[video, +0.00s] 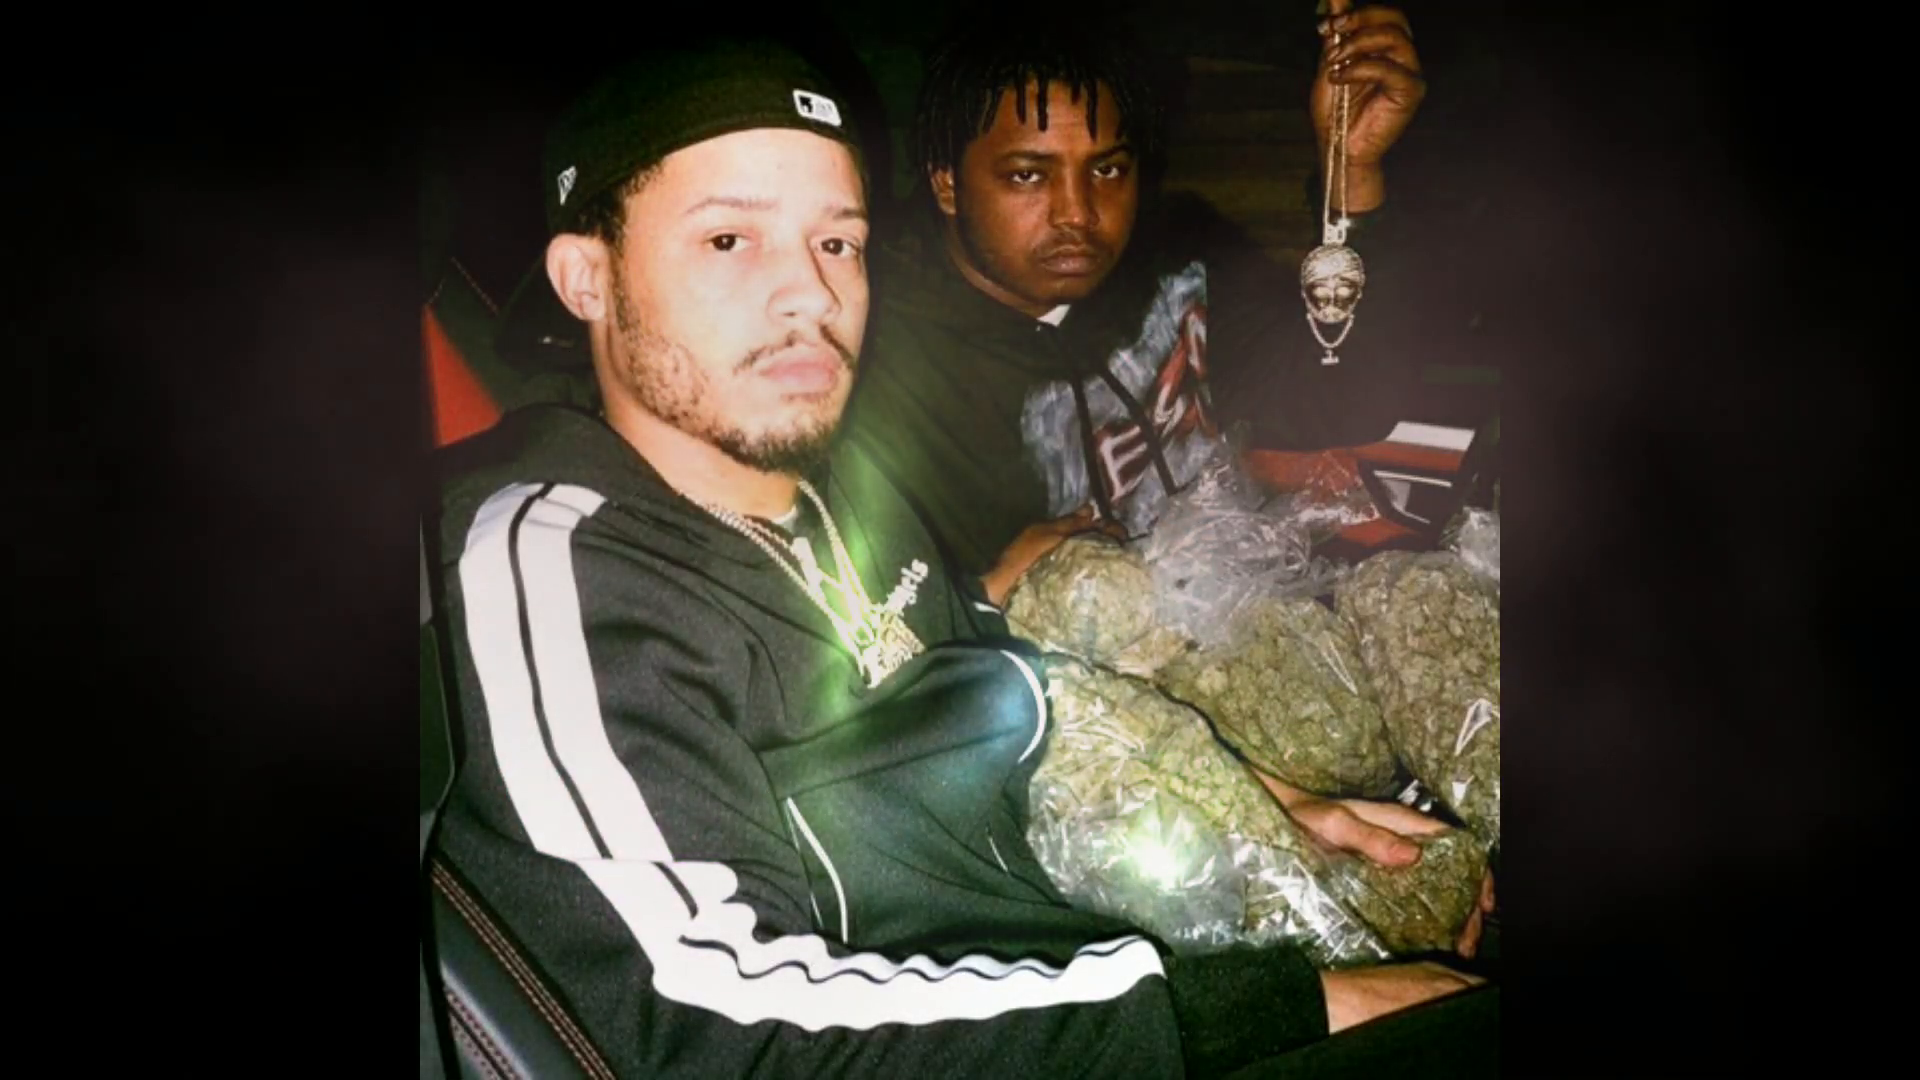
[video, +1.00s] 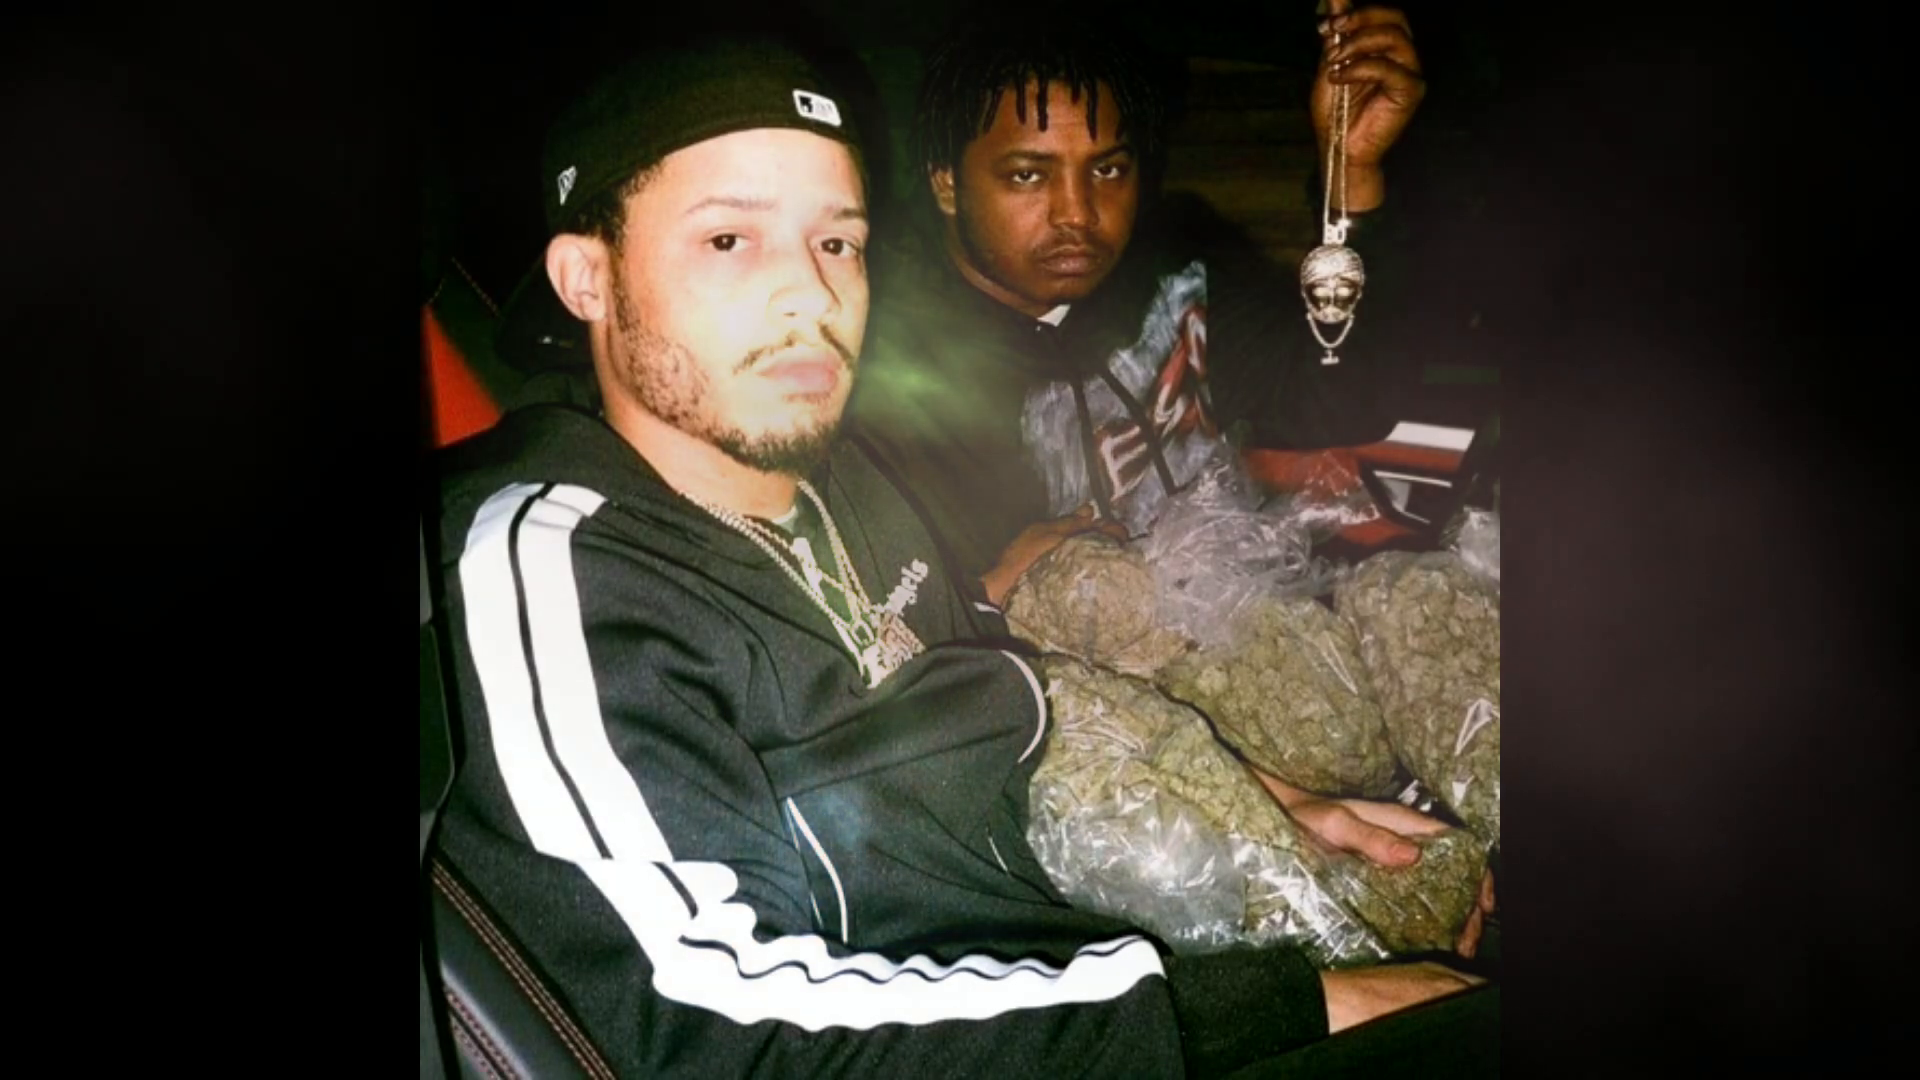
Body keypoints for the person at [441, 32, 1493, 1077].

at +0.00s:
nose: (813, 303)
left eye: (837, 250)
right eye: (731, 243)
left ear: (871, 268)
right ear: (588, 281)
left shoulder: (837, 495)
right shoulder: (536, 551)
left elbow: (1016, 741)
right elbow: (708, 1011)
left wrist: (1270, 825)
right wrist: (1274, 1010)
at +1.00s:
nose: (811, 306)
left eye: (835, 249)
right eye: (730, 246)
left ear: (868, 268)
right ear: (589, 283)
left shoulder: (842, 484)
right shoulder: (530, 550)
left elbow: (1012, 738)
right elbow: (706, 1014)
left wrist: (1267, 817)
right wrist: (1276, 1008)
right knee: (1479, 1006)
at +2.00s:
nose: (810, 304)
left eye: (835, 250)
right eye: (729, 245)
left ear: (868, 269)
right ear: (588, 282)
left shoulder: (833, 481)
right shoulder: (534, 557)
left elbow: (1011, 738)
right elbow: (709, 1015)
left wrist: (1269, 821)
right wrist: (1277, 1009)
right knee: (1469, 1004)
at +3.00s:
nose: (810, 303)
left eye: (835, 249)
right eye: (729, 244)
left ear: (866, 269)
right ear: (588, 282)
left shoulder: (828, 482)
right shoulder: (536, 552)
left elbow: (1010, 745)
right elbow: (707, 1019)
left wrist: (1267, 820)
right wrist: (1278, 1008)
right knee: (1489, 1006)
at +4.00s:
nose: (810, 304)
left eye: (835, 249)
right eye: (729, 244)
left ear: (866, 267)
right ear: (587, 282)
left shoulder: (831, 484)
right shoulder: (536, 552)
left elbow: (1008, 763)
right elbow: (702, 1017)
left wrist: (1273, 834)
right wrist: (1270, 1004)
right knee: (1477, 1019)